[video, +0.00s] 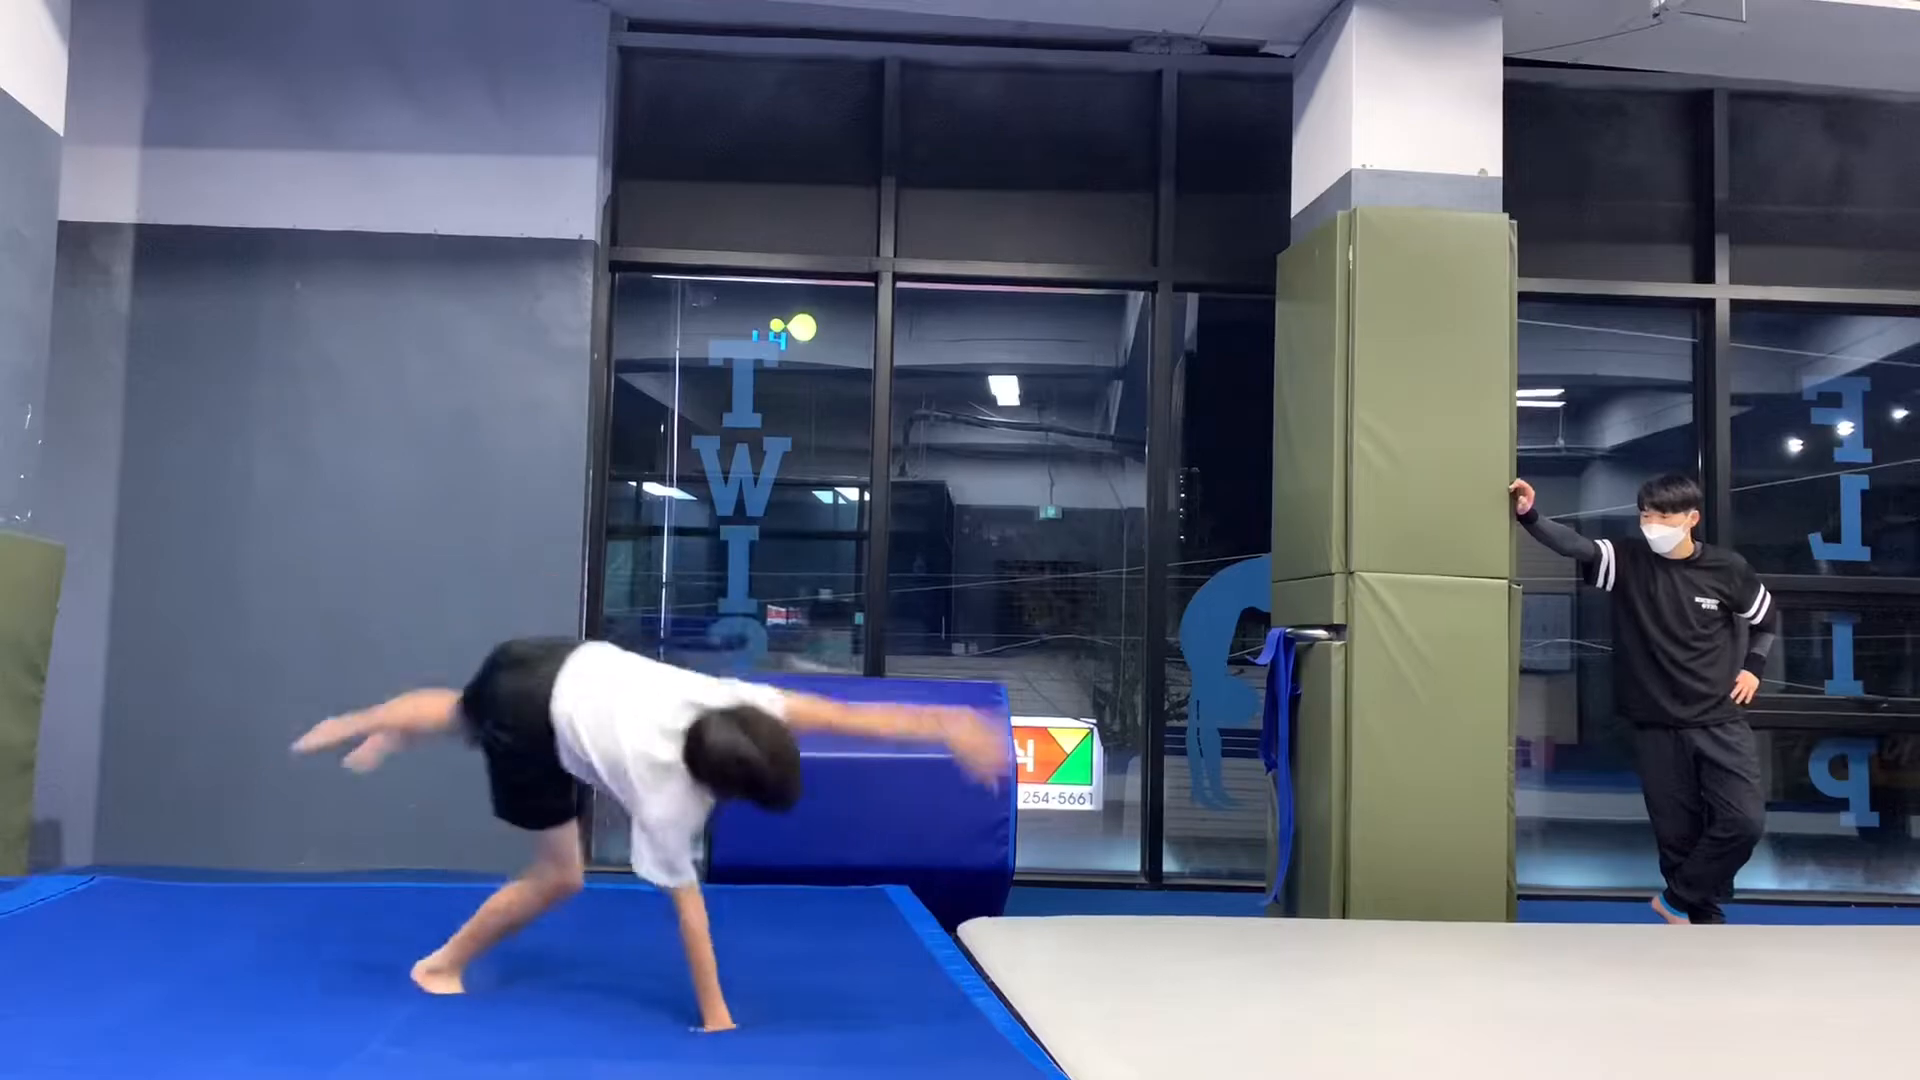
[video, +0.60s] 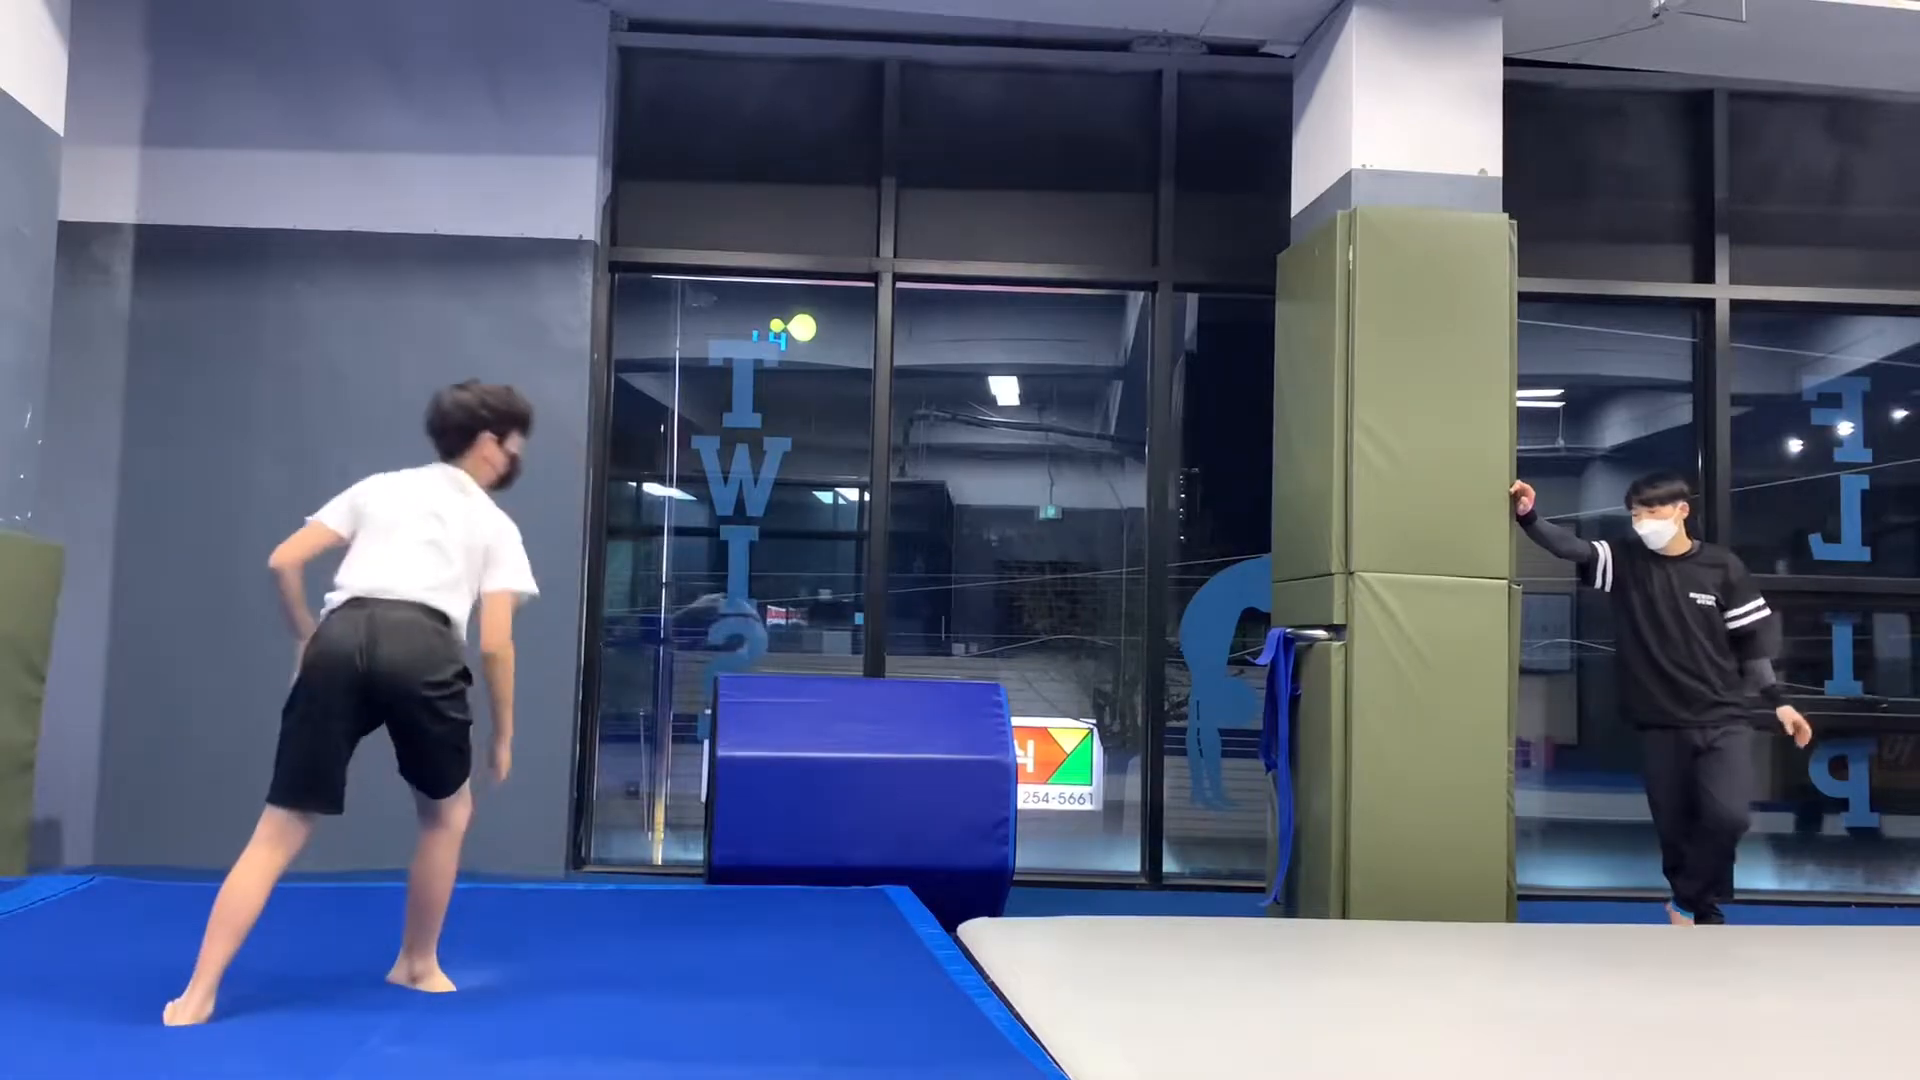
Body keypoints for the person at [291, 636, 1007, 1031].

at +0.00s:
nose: (781, 771)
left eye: (781, 758)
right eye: (769, 782)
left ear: (762, 734)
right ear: (733, 785)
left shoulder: (747, 704)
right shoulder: (670, 796)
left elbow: (842, 718)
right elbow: (690, 908)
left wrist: (948, 731)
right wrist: (713, 1009)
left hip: (555, 659)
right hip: (523, 718)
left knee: (463, 707)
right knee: (556, 875)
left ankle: (365, 724)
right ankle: (443, 965)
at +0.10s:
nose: (738, 710)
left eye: (738, 699)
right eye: (727, 715)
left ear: (711, 666)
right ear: (692, 721)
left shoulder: (695, 638)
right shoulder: (632, 743)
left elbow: (792, 608)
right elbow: (648, 867)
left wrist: (888, 568)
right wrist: (685, 974)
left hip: (470, 652)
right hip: (480, 699)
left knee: (382, 795)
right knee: (520, 859)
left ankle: (226, 863)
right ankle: (434, 969)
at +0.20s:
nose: (699, 645)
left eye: (698, 633)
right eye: (694, 642)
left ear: (661, 597)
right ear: (666, 644)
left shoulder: (647, 582)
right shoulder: (609, 677)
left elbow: (728, 524)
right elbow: (589, 807)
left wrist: (799, 459)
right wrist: (622, 925)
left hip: (400, 649)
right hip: (440, 681)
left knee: (341, 809)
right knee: (485, 831)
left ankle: (209, 926)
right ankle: (425, 967)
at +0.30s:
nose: (659, 595)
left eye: (666, 586)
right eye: (662, 584)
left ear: (624, 542)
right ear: (640, 574)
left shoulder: (580, 536)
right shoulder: (591, 619)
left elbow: (622, 491)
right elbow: (553, 739)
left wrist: (670, 445)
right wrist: (543, 872)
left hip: (360, 643)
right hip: (419, 669)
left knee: (306, 817)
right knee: (462, 826)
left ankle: (210, 964)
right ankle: (419, 965)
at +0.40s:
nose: (616, 546)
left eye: (624, 535)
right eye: (622, 533)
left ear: (568, 499)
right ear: (601, 522)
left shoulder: (511, 509)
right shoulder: (560, 588)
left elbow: (478, 486)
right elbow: (506, 711)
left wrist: (538, 496)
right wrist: (491, 824)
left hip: (354, 630)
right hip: (423, 656)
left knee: (287, 820)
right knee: (451, 827)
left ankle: (200, 983)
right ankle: (416, 966)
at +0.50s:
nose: (565, 500)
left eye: (570, 488)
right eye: (563, 485)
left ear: (505, 474)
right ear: (535, 476)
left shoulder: (437, 493)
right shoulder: (522, 556)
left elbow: (340, 532)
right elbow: (491, 674)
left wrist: (369, 595)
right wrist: (483, 776)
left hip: (345, 633)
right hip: (423, 649)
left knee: (280, 830)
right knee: (447, 817)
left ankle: (197, 995)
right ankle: (416, 964)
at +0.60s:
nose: (519, 457)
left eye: (520, 446)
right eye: (515, 444)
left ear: (455, 441)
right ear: (487, 441)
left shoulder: (377, 487)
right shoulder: (493, 523)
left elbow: (285, 561)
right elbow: (496, 642)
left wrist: (306, 634)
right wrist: (503, 733)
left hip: (336, 640)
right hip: (420, 642)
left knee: (279, 827)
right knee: (445, 811)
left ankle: (197, 995)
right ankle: (417, 963)